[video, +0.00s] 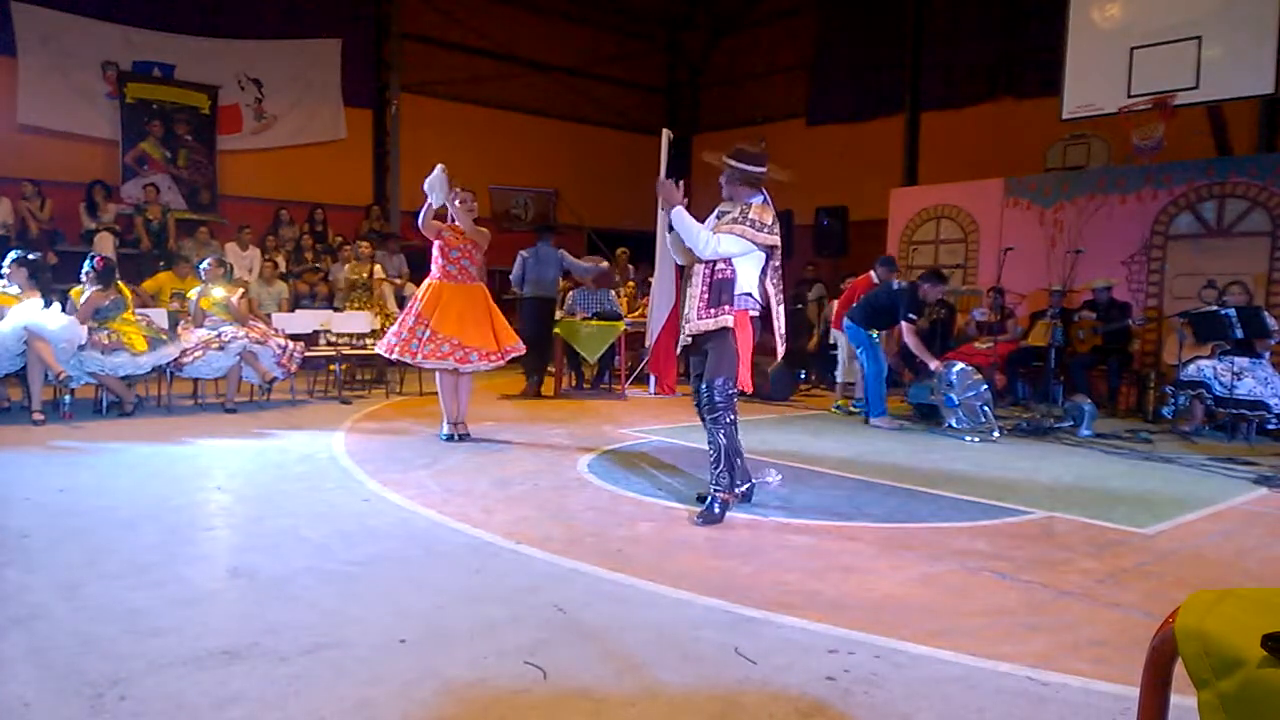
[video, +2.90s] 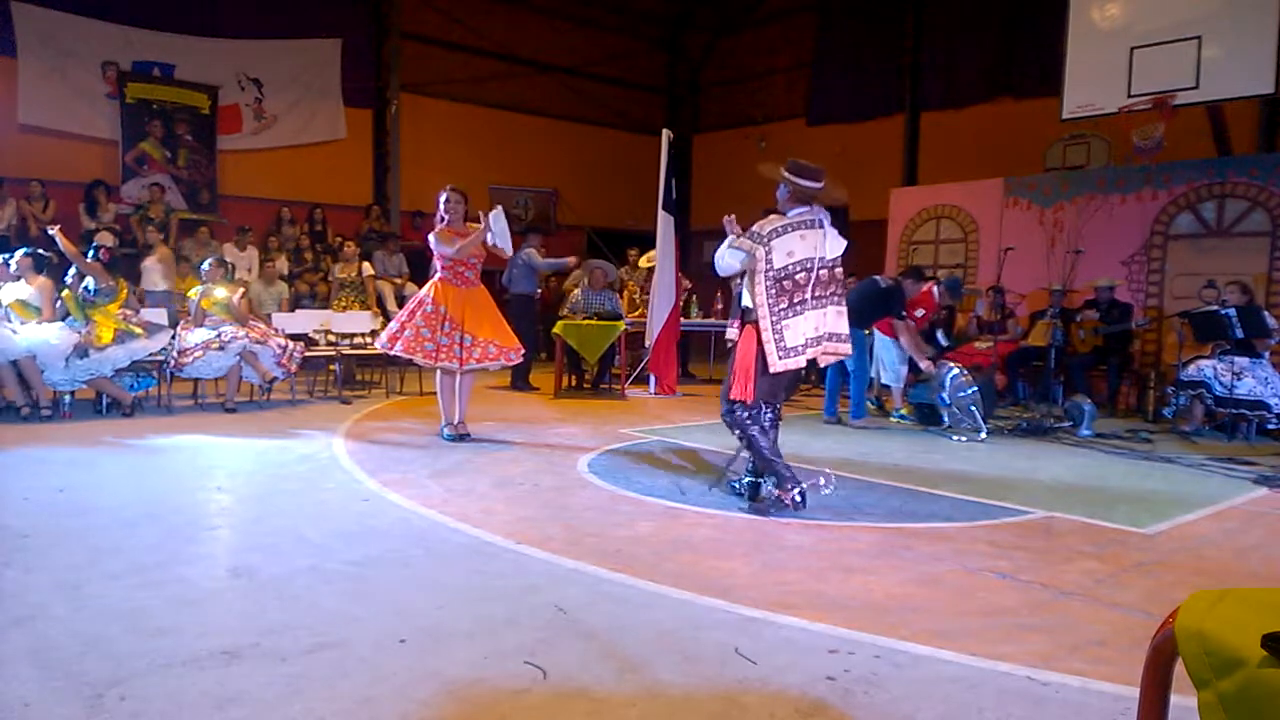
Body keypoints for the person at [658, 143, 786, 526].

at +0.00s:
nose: (721, 182)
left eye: (727, 177)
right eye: (722, 176)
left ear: (743, 182)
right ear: (744, 180)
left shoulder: (755, 218)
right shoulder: (724, 213)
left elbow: (709, 247)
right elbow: (685, 255)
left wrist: (675, 208)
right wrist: (671, 216)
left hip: (733, 316)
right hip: (706, 315)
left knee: (717, 402)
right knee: (706, 401)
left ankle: (719, 492)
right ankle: (739, 478)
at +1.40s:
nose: (727, 173)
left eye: (731, 168)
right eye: (730, 167)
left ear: (740, 172)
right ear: (761, 175)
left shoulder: (734, 212)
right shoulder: (771, 205)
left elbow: (693, 251)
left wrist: (686, 216)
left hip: (738, 312)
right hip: (755, 310)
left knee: (726, 398)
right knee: (727, 397)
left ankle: (774, 482)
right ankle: (734, 484)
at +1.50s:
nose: (732, 176)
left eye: (736, 170)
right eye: (736, 169)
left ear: (745, 174)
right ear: (766, 177)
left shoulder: (735, 214)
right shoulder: (778, 209)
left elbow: (695, 254)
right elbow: (738, 250)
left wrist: (686, 223)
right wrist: (708, 229)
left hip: (743, 317)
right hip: (765, 315)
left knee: (736, 399)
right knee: (727, 393)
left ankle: (782, 486)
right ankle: (735, 480)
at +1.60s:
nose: (736, 179)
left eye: (739, 173)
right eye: (739, 173)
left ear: (747, 176)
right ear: (772, 178)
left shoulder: (735, 218)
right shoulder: (792, 216)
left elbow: (697, 261)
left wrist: (695, 227)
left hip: (752, 325)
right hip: (783, 323)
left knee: (731, 400)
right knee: (736, 399)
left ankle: (781, 486)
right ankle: (738, 481)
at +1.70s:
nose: (740, 185)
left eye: (742, 179)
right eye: (742, 179)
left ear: (749, 183)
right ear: (777, 183)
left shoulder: (739, 222)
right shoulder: (794, 218)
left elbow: (701, 265)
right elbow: (751, 258)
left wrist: (698, 229)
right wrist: (725, 224)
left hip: (753, 326)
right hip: (787, 324)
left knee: (725, 404)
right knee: (741, 400)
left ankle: (778, 483)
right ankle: (743, 481)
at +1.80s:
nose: (744, 189)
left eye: (747, 183)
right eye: (746, 183)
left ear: (754, 185)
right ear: (782, 187)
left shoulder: (742, 227)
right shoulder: (799, 225)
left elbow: (704, 270)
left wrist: (705, 232)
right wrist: (730, 229)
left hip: (751, 328)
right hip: (785, 326)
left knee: (722, 405)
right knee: (746, 398)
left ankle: (776, 482)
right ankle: (740, 473)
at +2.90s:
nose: (777, 191)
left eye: (781, 187)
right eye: (780, 185)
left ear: (790, 192)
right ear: (813, 196)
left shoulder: (769, 229)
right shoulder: (826, 232)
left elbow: (724, 265)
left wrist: (733, 238)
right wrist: (748, 239)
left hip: (762, 331)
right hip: (801, 334)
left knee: (735, 408)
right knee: (769, 406)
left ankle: (787, 484)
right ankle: (755, 479)